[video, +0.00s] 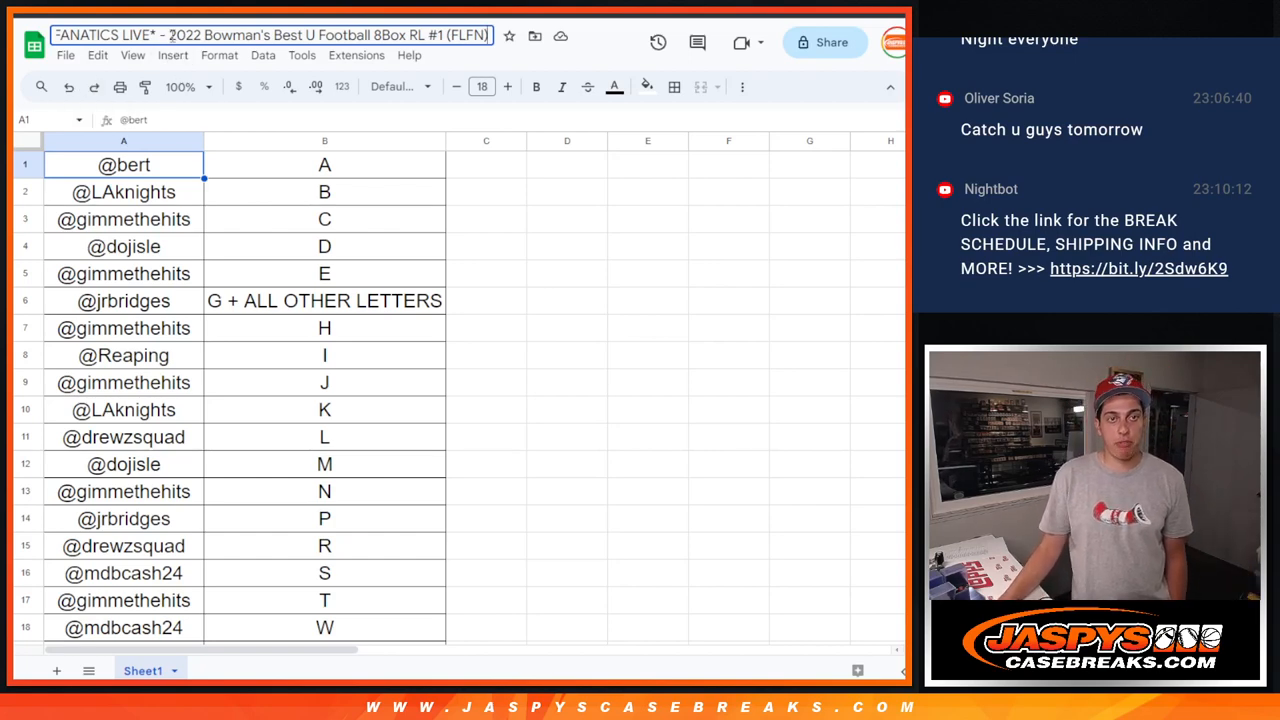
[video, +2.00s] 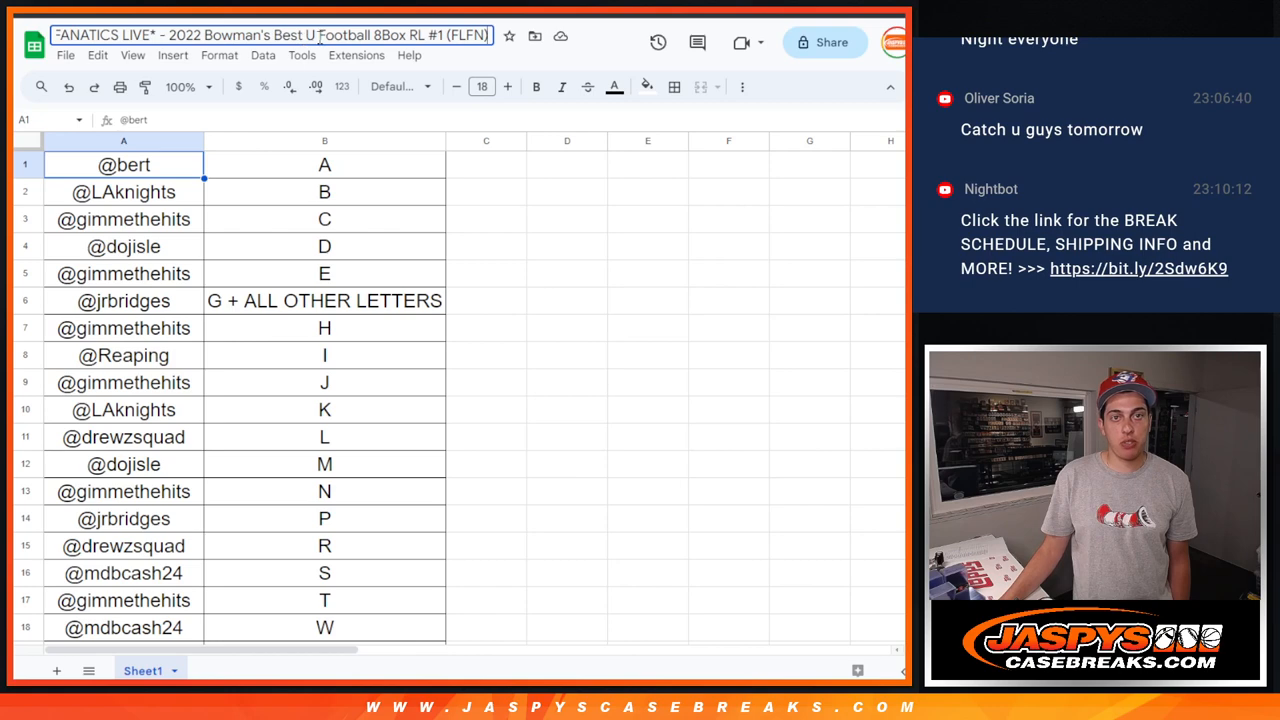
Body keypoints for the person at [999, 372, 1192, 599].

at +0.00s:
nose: (1123, 429)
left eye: (1133, 417)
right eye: (1112, 418)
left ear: (1145, 422)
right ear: (1098, 426)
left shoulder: (1170, 479)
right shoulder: (1071, 475)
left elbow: (1176, 555)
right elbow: (1049, 548)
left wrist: (1176, 603)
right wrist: (1006, 600)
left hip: (1150, 604)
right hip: (1087, 605)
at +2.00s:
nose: (1127, 428)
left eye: (1137, 415)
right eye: (1116, 417)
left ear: (1150, 421)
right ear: (1102, 425)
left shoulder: (1175, 481)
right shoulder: (1073, 476)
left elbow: (1179, 557)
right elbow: (1051, 549)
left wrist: (1180, 611)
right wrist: (1007, 599)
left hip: (1153, 607)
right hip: (1090, 607)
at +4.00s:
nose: (1126, 426)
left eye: (1136, 414)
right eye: (1115, 416)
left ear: (1149, 421)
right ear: (1102, 425)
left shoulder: (1175, 481)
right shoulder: (1074, 475)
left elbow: (1179, 556)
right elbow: (1051, 549)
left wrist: (1179, 610)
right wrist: (1008, 599)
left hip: (1152, 606)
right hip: (1090, 605)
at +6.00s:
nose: (1119, 429)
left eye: (1131, 417)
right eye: (1110, 418)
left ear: (1150, 422)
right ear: (1101, 423)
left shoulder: (1175, 481)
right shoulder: (1074, 475)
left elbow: (1179, 557)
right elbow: (1052, 549)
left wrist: (1180, 609)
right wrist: (1007, 600)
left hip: (1153, 607)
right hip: (1090, 608)